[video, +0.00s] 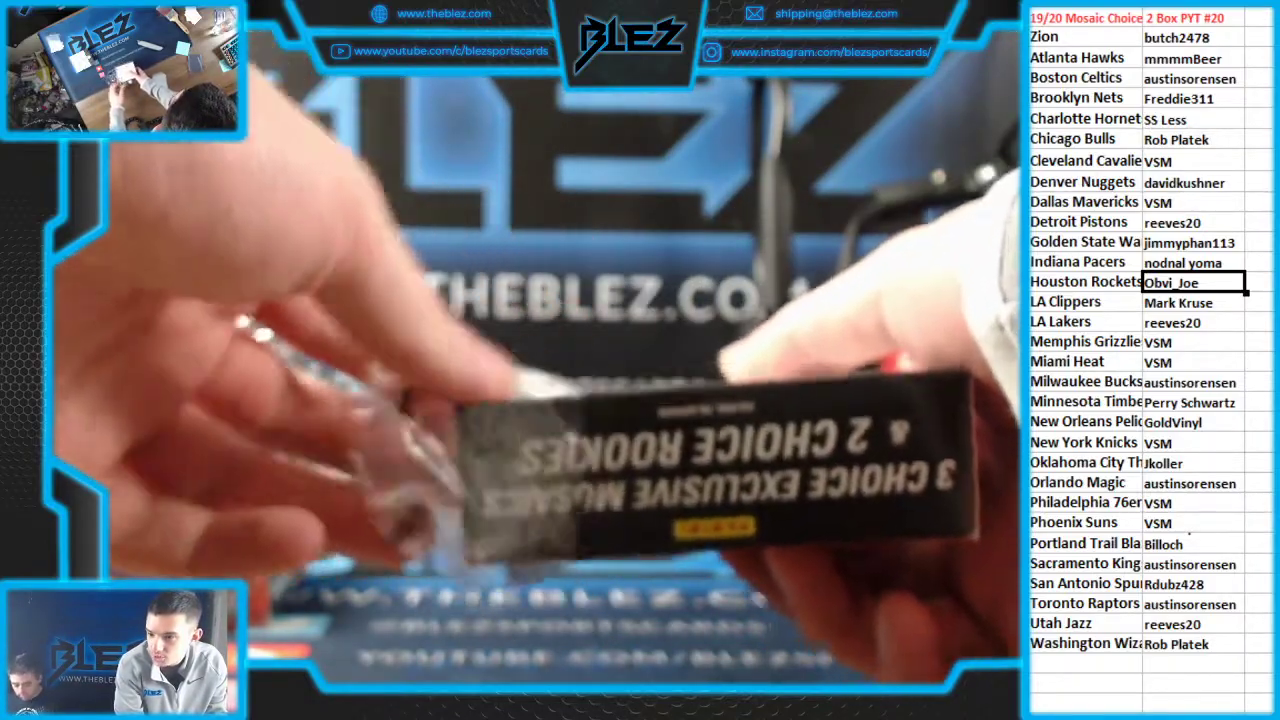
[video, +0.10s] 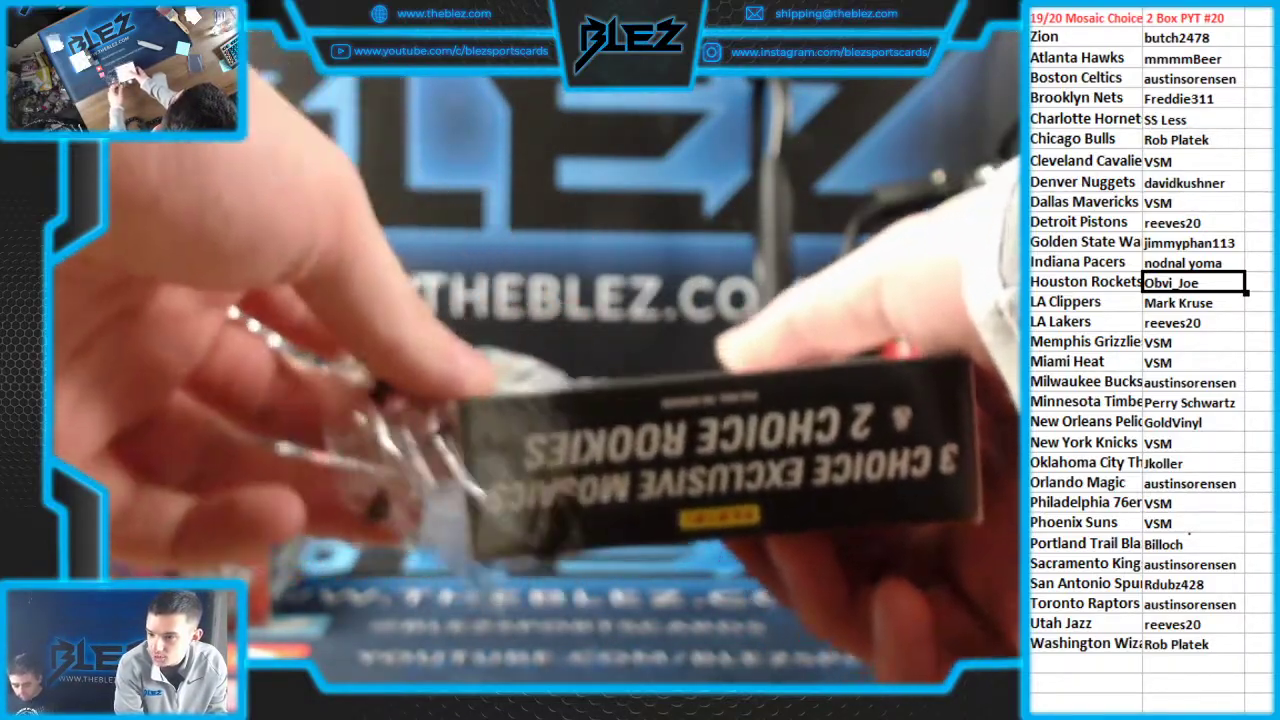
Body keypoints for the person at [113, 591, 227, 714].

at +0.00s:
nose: (157, 647)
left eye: (169, 637)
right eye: (151, 635)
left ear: (195, 636)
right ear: (146, 629)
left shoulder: (212, 661)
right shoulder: (130, 664)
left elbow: (217, 713)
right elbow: (128, 715)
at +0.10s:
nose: (157, 647)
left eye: (169, 637)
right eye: (151, 635)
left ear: (195, 637)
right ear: (146, 629)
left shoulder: (212, 661)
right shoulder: (130, 664)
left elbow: (217, 713)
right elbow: (128, 714)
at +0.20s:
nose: (158, 647)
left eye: (169, 637)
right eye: (151, 635)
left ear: (195, 637)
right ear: (146, 629)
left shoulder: (212, 661)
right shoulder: (130, 664)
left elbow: (217, 713)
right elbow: (128, 715)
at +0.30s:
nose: (158, 647)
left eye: (170, 637)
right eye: (151, 635)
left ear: (196, 636)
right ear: (147, 629)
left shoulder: (212, 661)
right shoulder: (130, 664)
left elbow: (217, 713)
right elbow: (128, 714)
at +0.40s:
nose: (159, 647)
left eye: (171, 637)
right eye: (152, 635)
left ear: (196, 636)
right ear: (147, 629)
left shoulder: (212, 661)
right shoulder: (131, 664)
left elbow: (217, 713)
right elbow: (128, 714)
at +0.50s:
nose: (160, 648)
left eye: (172, 637)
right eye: (153, 635)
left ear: (197, 636)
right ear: (147, 629)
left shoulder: (213, 661)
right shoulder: (131, 664)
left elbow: (217, 713)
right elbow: (128, 714)